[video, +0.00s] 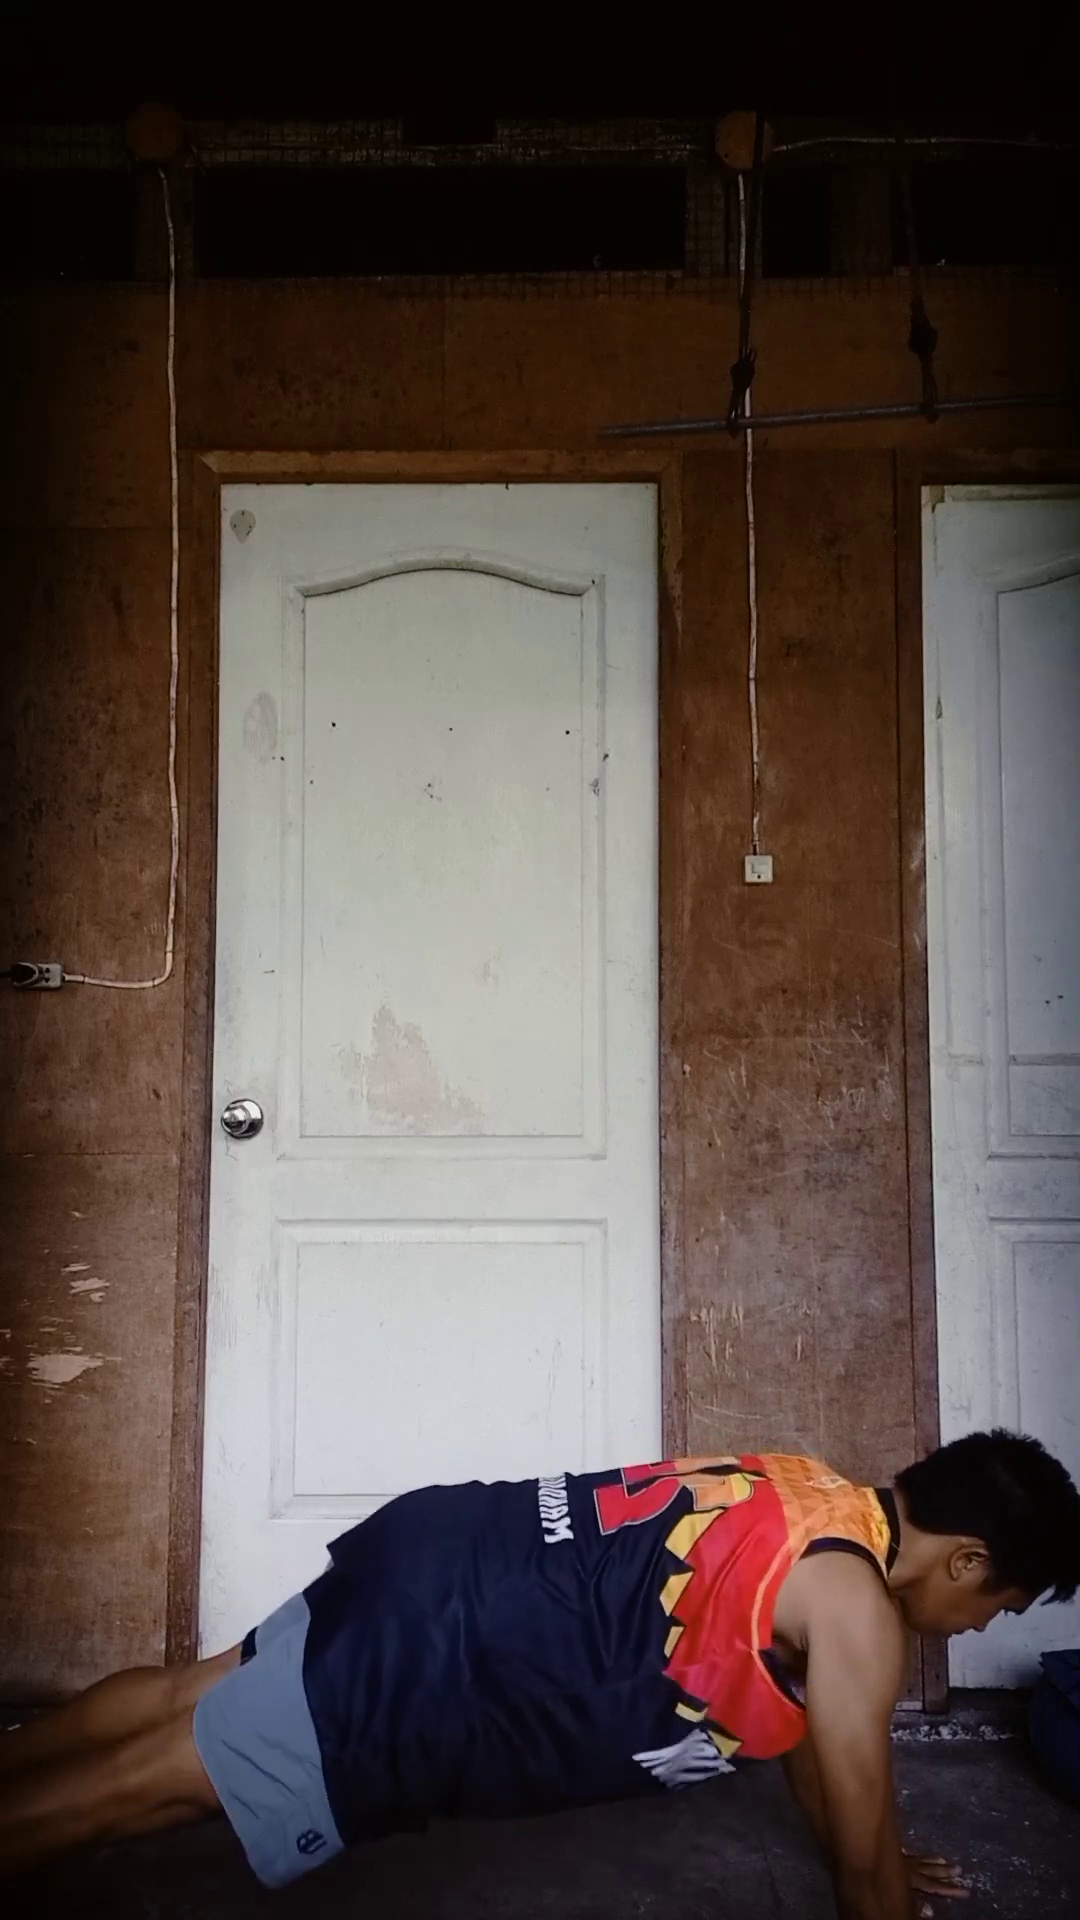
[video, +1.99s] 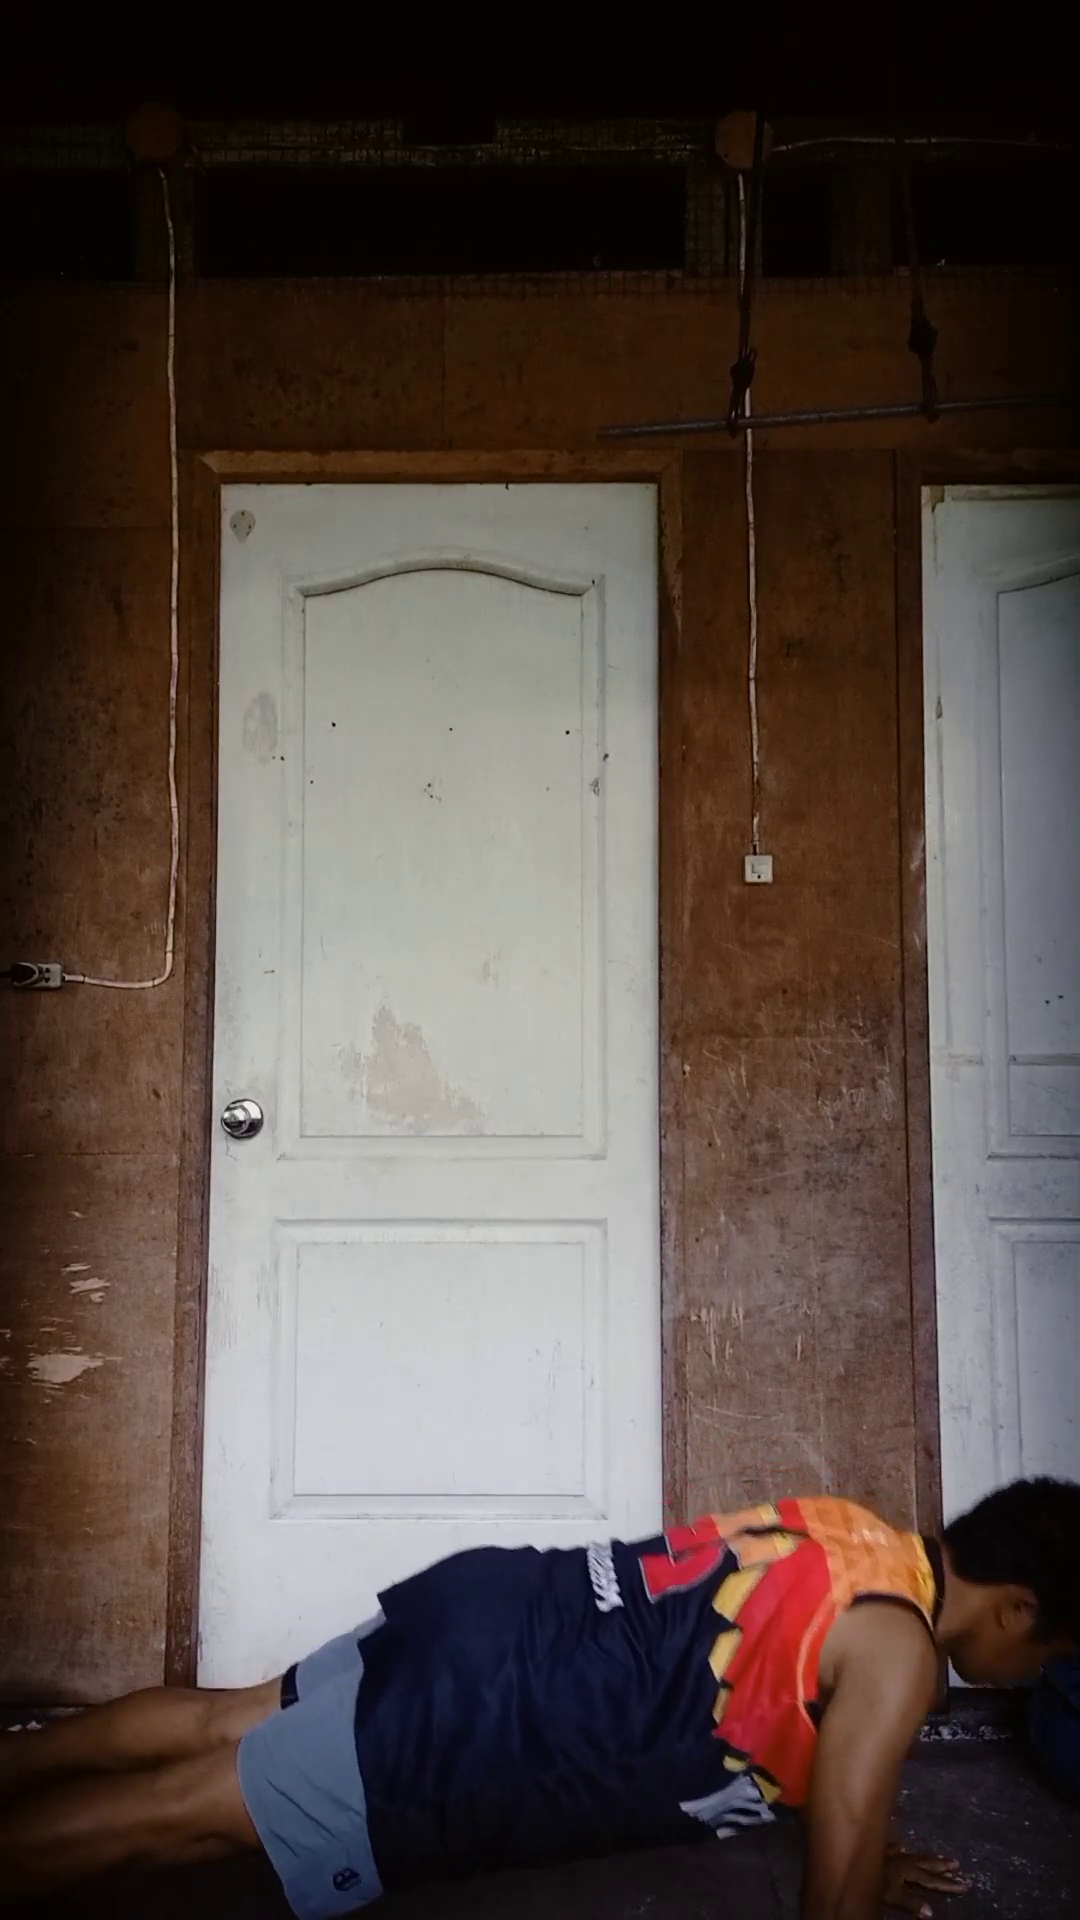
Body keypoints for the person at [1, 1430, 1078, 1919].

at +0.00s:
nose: (981, 1626)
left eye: (1004, 1609)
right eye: (998, 1602)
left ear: (933, 1493)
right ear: (967, 1559)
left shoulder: (812, 1484)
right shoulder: (852, 1617)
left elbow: (809, 1710)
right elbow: (871, 1877)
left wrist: (884, 1849)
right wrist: (916, 1897)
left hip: (442, 1538)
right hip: (448, 1645)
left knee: (187, 1690)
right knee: (140, 1787)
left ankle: (0, 1770)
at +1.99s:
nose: (1017, 1666)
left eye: (1032, 1648)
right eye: (1033, 1647)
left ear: (976, 1542)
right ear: (1005, 1603)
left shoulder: (845, 1521)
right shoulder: (896, 1651)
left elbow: (754, 1680)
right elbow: (844, 1882)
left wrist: (843, 1816)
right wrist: (886, 1870)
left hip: (485, 1601)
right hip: (485, 1714)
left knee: (228, 1716)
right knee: (176, 1820)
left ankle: (2, 1766)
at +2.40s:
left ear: (1038, 1684)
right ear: (1069, 1762)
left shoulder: (934, 1671)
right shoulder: (979, 1800)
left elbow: (769, 1716)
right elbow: (832, 1898)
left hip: (583, 1701)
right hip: (577, 1826)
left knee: (281, 1771)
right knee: (255, 1867)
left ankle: (26, 1758)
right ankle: (26, 1869)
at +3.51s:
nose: (1062, 1637)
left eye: (1076, 1616)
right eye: (1076, 1611)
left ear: (1005, 1518)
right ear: (1048, 1577)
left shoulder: (875, 1514)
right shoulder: (929, 1633)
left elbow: (804, 1706)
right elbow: (873, 1875)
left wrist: (862, 1841)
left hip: (532, 1617)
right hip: (527, 1737)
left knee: (282, 1720)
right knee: (217, 1824)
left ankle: (30, 1758)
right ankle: (5, 1868)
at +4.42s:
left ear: (1042, 1652)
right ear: (1078, 1729)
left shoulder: (919, 1637)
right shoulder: (966, 1769)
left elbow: (772, 1711)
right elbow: (844, 1900)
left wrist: (910, 1842)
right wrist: (947, 1879)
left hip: (558, 1690)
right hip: (537, 1815)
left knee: (283, 1762)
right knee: (222, 1869)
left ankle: (26, 1759)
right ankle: (20, 1863)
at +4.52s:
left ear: (1033, 1684)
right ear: (1069, 1761)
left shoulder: (935, 1694)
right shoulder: (989, 1819)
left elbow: (764, 1721)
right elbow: (840, 1893)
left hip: (588, 1712)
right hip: (584, 1827)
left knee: (288, 1769)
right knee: (256, 1870)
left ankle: (26, 1754)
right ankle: (23, 1869)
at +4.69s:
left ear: (1024, 1777)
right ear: (1046, 1845)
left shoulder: (944, 1761)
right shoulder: (1002, 1861)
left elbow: (777, 1688)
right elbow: (838, 1904)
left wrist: (864, 1783)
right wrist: (892, 1810)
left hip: (584, 1748)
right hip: (582, 1864)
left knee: (298, 1792)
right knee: (236, 1882)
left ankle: (44, 1753)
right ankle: (35, 1877)